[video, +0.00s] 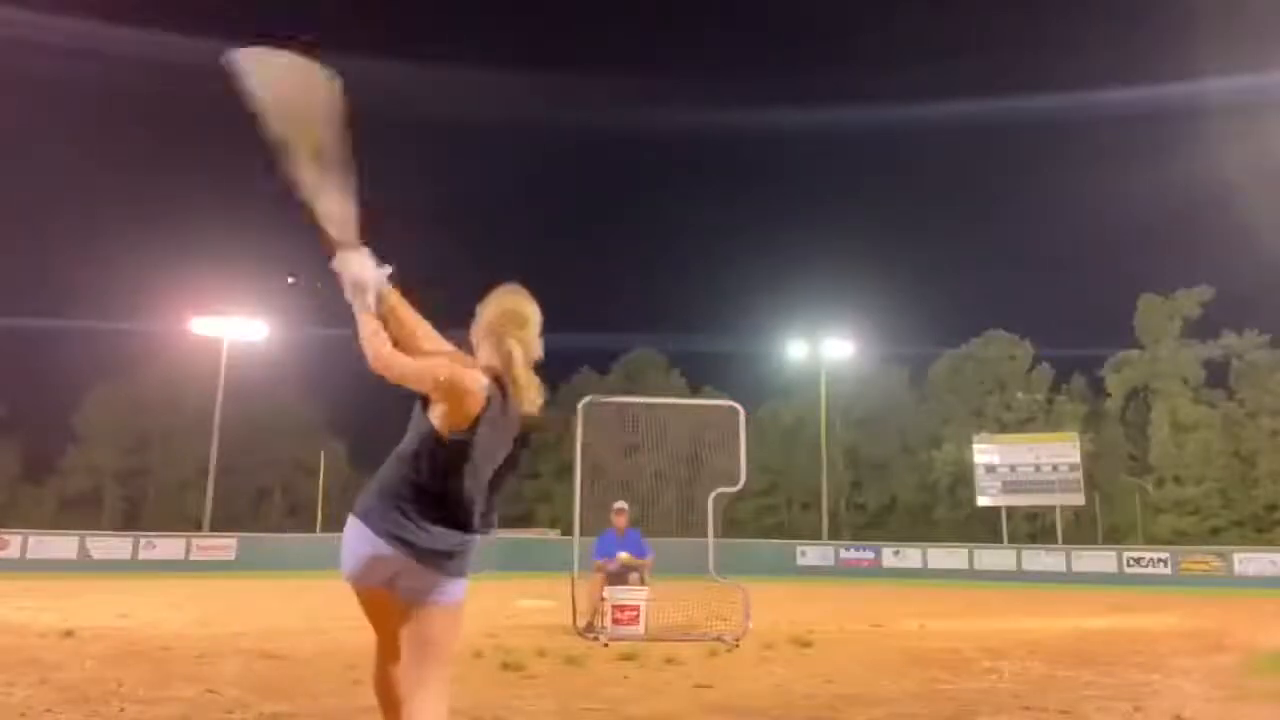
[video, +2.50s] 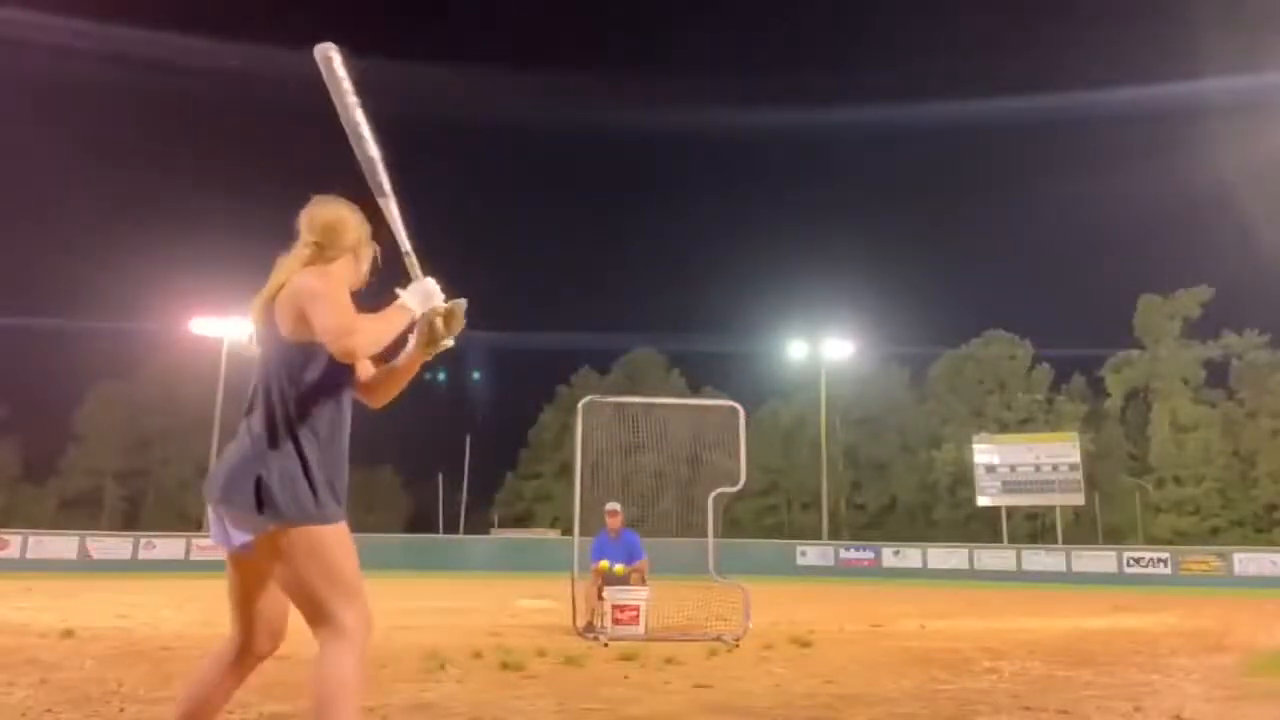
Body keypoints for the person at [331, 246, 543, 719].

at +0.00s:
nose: (470, 326)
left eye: (475, 319)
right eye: (474, 321)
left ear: (480, 326)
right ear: (531, 339)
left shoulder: (460, 377)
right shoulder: (516, 398)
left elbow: (382, 358)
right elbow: (429, 345)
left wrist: (361, 298)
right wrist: (382, 288)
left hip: (378, 533)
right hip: (445, 555)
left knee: (389, 650)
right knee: (427, 689)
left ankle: (396, 718)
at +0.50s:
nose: (492, 310)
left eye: (490, 301)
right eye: (489, 301)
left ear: (432, 302)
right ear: (480, 308)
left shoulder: (412, 346)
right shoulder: (473, 363)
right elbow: (478, 454)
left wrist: (533, 463)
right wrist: (535, 493)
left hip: (357, 509)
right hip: (405, 519)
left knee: (403, 636)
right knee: (432, 646)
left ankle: (401, 714)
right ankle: (410, 712)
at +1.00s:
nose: (459, 253)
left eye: (454, 245)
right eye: (444, 245)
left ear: (438, 262)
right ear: (413, 262)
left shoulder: (451, 322)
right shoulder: (380, 313)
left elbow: (485, 417)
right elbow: (346, 392)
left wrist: (475, 356)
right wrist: (434, 341)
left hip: (375, 508)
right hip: (342, 507)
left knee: (381, 643)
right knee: (404, 638)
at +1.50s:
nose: (401, 246)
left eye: (401, 236)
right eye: (391, 235)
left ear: (387, 248)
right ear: (355, 239)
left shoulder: (388, 303)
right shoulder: (311, 282)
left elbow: (427, 370)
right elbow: (295, 360)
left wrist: (408, 312)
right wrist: (352, 294)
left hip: (317, 485)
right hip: (282, 482)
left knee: (269, 640)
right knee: (344, 626)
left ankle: (198, 712)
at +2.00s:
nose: (374, 255)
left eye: (371, 247)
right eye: (369, 246)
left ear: (316, 238)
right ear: (355, 243)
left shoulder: (302, 286)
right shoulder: (330, 275)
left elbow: (387, 384)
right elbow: (366, 350)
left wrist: (433, 332)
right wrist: (410, 302)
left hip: (248, 473)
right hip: (293, 475)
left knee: (255, 635)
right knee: (345, 625)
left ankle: (185, 713)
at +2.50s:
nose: (369, 264)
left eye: (369, 254)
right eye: (368, 252)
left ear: (311, 242)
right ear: (355, 246)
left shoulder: (296, 297)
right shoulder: (319, 280)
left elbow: (373, 392)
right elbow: (347, 340)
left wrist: (420, 349)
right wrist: (409, 304)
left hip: (246, 481)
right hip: (288, 485)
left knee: (255, 638)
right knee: (346, 626)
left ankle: (184, 714)